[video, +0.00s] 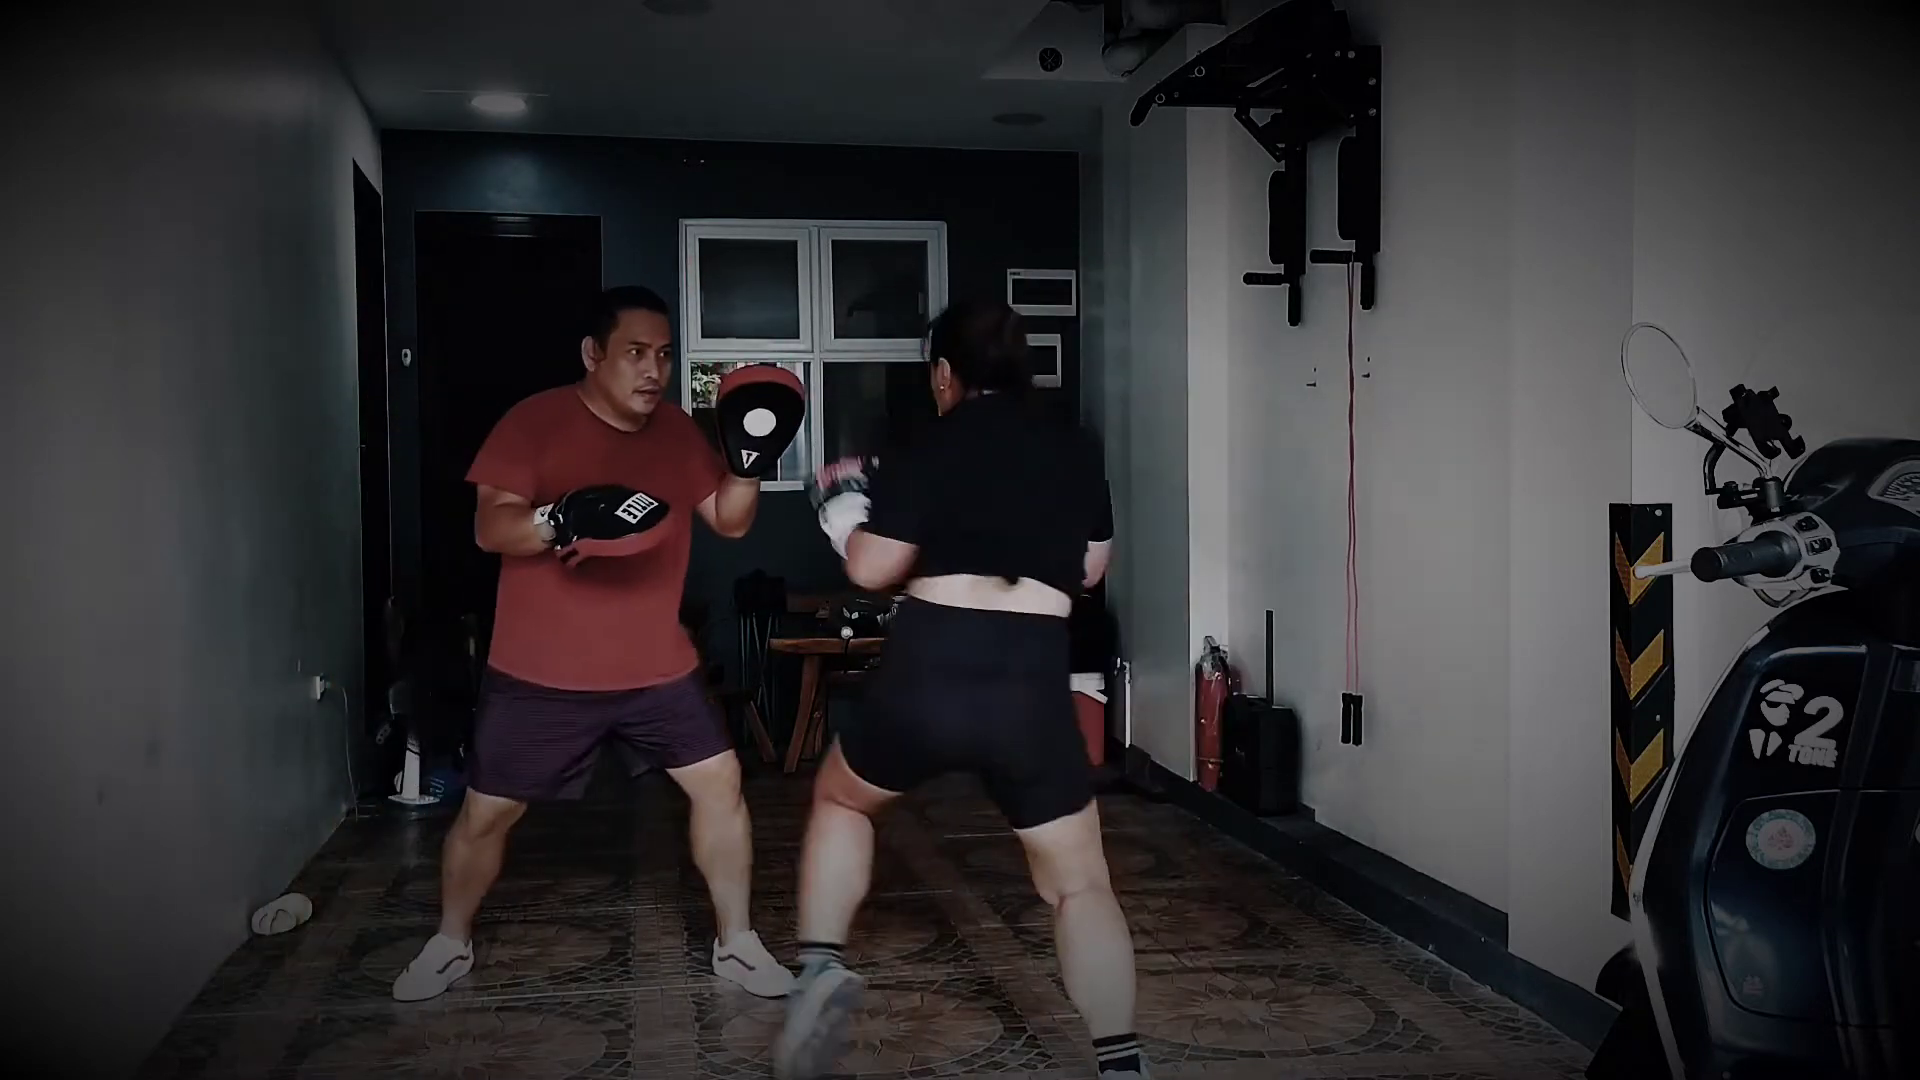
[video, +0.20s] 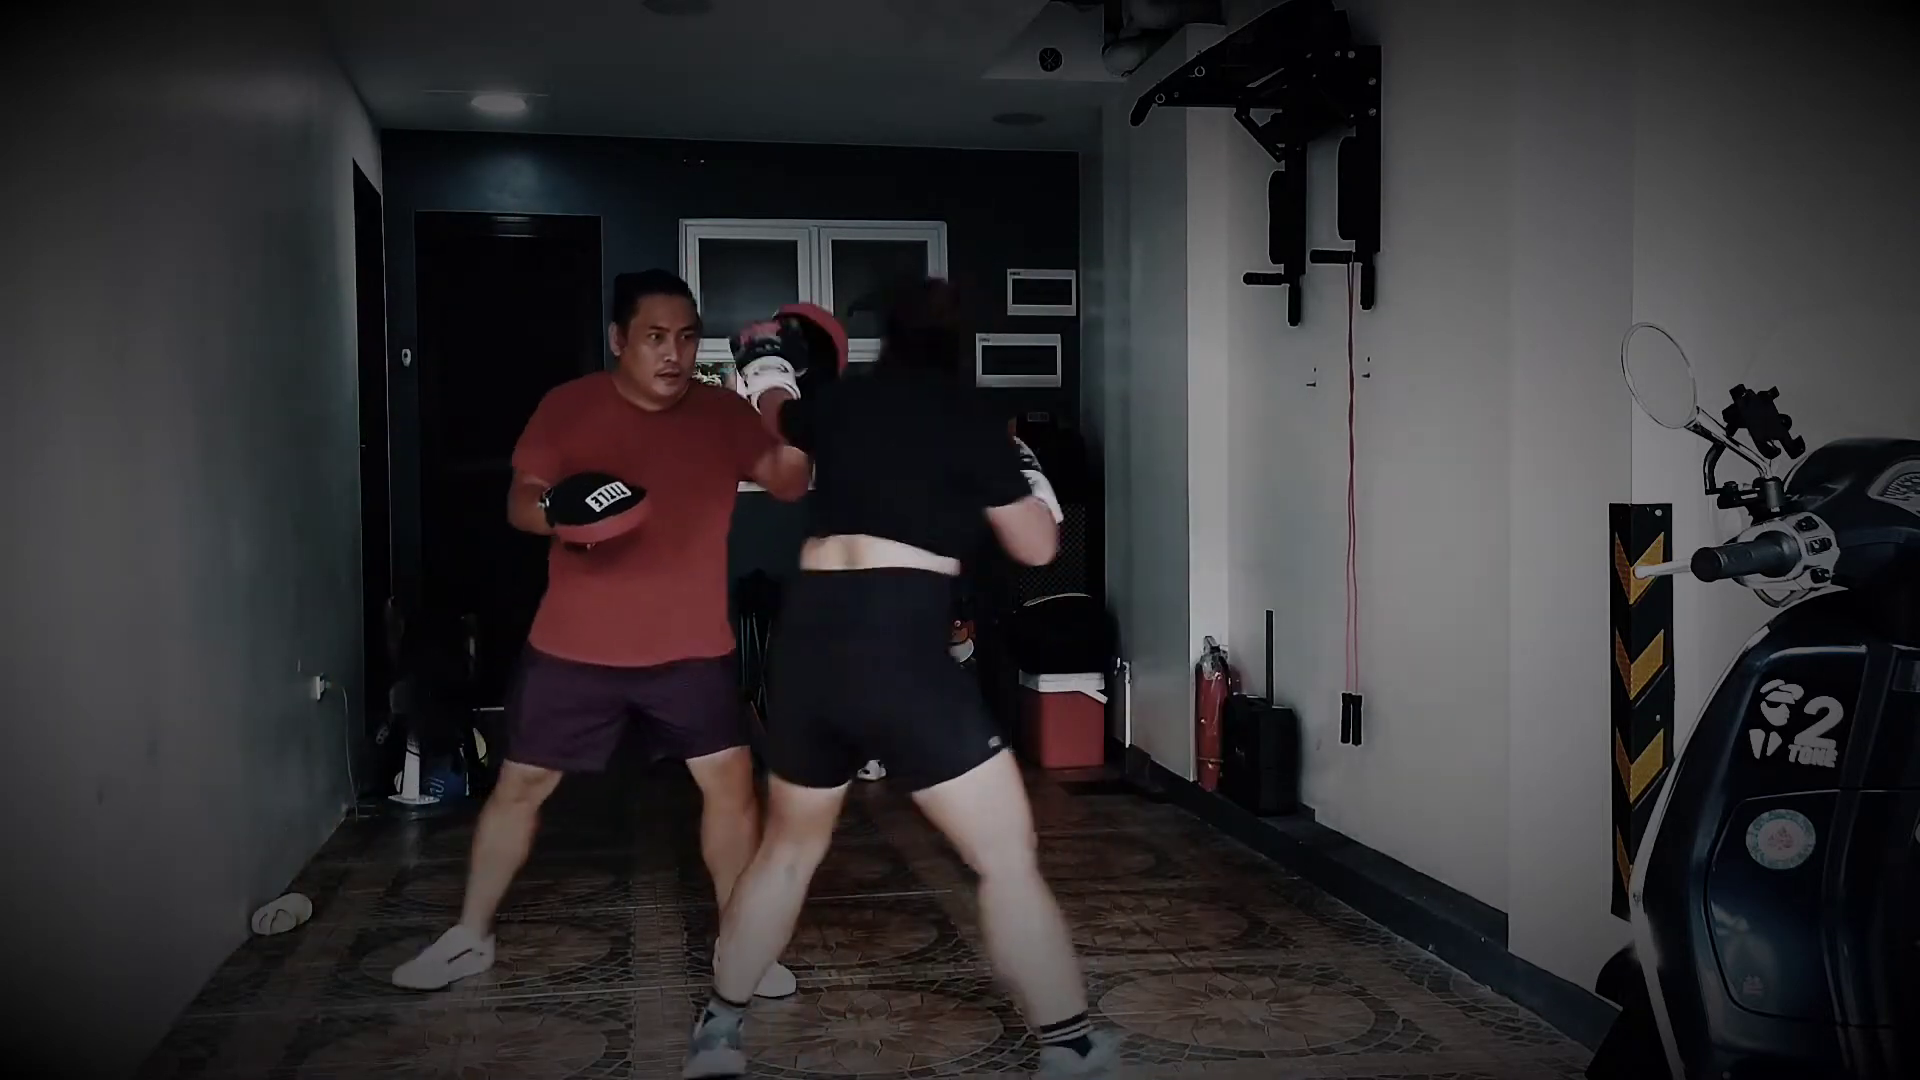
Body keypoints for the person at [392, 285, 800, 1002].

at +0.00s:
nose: (653, 368)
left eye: (663, 353)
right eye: (637, 351)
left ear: (670, 359)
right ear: (592, 353)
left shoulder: (680, 433)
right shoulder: (534, 424)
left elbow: (730, 521)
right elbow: (493, 530)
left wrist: (750, 457)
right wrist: (558, 522)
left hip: (656, 670)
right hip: (539, 674)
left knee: (720, 783)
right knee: (483, 817)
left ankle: (735, 939)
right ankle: (452, 939)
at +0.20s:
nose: (675, 352)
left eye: (686, 336)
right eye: (656, 337)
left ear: (698, 341)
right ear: (619, 342)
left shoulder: (724, 414)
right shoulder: (568, 409)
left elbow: (789, 482)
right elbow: (520, 504)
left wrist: (789, 415)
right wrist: (556, 513)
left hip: (690, 651)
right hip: (574, 650)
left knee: (731, 789)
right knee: (521, 783)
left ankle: (743, 948)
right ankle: (471, 933)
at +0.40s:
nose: (680, 351)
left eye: (694, 335)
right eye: (664, 335)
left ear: (710, 338)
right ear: (631, 334)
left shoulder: (737, 408)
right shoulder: (582, 400)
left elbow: (782, 477)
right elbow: (528, 492)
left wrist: (787, 406)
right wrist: (565, 494)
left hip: (702, 646)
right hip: (593, 646)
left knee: (722, 785)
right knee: (561, 778)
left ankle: (743, 938)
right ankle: (581, 865)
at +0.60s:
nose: (666, 368)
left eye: (679, 353)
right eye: (649, 352)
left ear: (693, 356)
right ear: (617, 354)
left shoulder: (722, 418)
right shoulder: (570, 426)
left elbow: (774, 478)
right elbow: (530, 517)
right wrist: (570, 527)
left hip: (712, 646)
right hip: (604, 651)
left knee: (750, 787)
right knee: (586, 785)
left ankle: (767, 915)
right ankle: (607, 892)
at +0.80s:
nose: (675, 354)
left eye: (689, 340)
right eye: (659, 339)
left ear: (707, 346)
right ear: (631, 345)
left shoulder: (733, 409)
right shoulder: (593, 413)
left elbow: (766, 486)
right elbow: (557, 501)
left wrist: (732, 517)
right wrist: (582, 515)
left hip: (715, 631)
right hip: (621, 635)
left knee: (738, 773)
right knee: (606, 771)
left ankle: (747, 889)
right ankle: (610, 891)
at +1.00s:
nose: (708, 359)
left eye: (722, 345)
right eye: (694, 344)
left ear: (739, 351)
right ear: (667, 349)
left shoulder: (756, 418)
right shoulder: (631, 416)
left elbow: (779, 507)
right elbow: (600, 498)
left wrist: (708, 521)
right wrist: (624, 518)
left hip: (738, 629)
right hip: (657, 624)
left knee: (751, 772)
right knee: (627, 763)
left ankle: (809, 911)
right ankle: (612, 889)